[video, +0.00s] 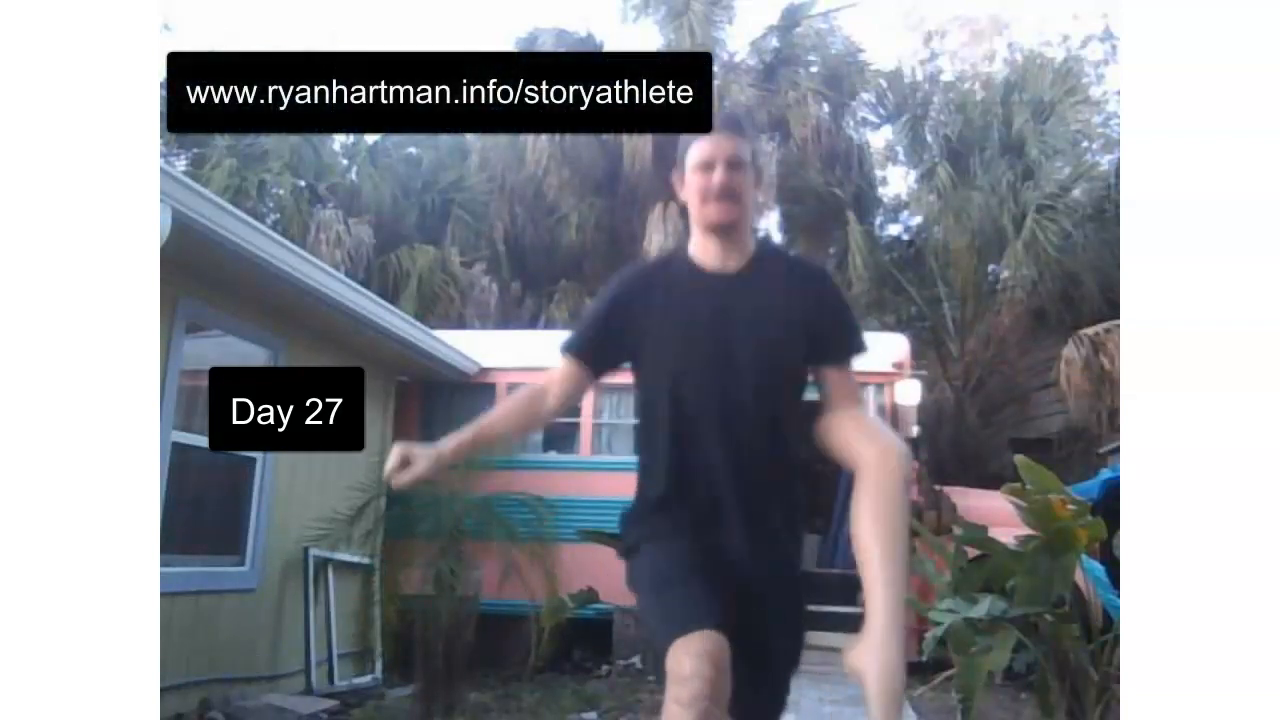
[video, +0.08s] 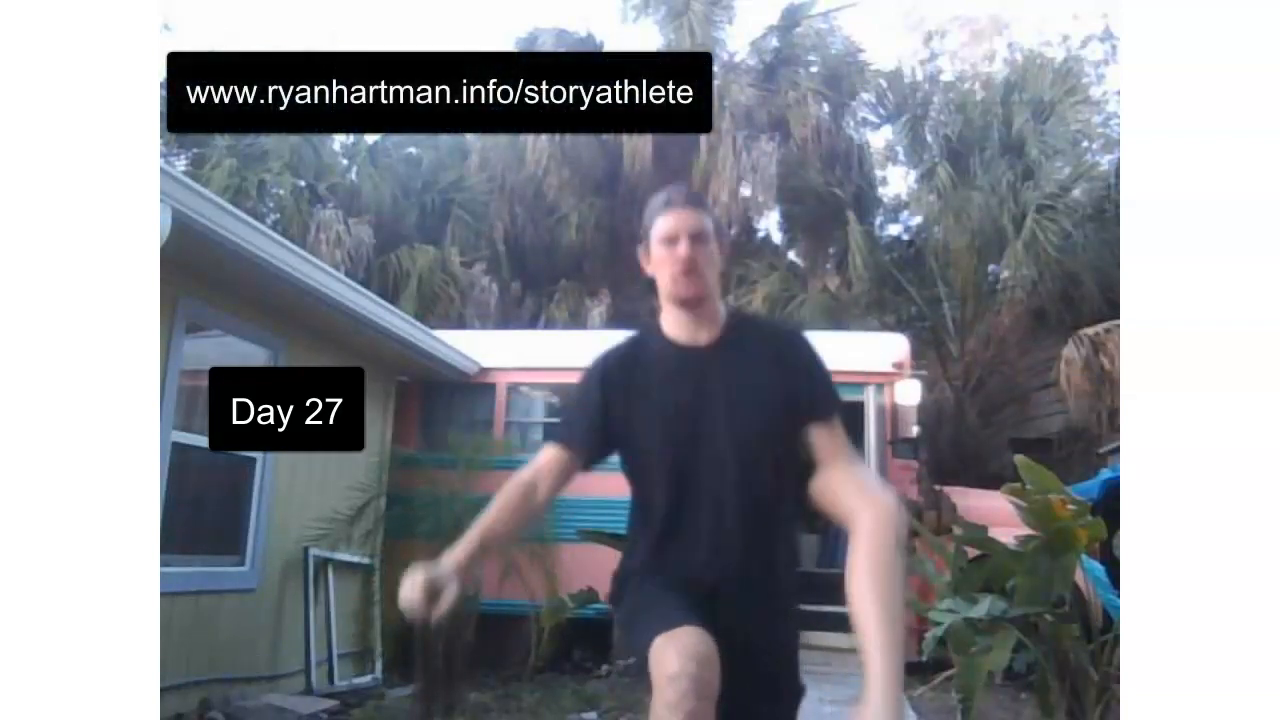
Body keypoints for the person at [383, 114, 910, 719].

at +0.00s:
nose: (721, 178)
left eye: (735, 167)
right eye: (706, 167)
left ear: (758, 185)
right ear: (680, 186)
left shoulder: (805, 287)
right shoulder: (642, 290)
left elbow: (839, 410)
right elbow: (550, 395)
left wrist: (882, 455)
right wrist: (441, 454)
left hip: (769, 534)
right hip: (671, 526)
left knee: (753, 712)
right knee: (700, 674)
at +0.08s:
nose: (687, 255)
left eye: (699, 239)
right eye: (670, 241)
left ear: (722, 252)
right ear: (645, 260)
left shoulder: (783, 353)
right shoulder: (621, 372)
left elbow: (833, 465)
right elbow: (542, 478)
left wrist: (875, 510)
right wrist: (456, 561)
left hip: (762, 595)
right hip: (660, 584)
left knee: (763, 710)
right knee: (688, 667)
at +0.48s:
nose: (755, 140)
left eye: (771, 127)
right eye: (739, 126)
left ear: (792, 148)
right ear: (712, 149)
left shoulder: (837, 253)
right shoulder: (662, 257)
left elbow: (888, 357)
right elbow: (607, 373)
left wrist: (937, 366)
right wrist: (525, 464)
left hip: (804, 538)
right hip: (690, 540)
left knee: (810, 708)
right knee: (687, 710)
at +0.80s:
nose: (750, 240)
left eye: (766, 227)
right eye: (733, 226)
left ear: (788, 248)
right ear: (703, 248)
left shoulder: (833, 362)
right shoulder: (658, 358)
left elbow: (857, 508)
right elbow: (598, 483)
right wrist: (513, 540)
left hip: (788, 622)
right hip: (678, 625)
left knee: (782, 711)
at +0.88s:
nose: (752, 98)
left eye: (769, 87)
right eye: (737, 86)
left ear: (792, 114)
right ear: (712, 110)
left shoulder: (830, 228)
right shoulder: (660, 217)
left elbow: (845, 366)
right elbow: (601, 341)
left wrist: (904, 348)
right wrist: (536, 380)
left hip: (792, 510)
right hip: (676, 508)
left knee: (787, 703)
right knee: (666, 706)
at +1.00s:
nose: (742, 136)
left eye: (759, 122)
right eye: (726, 122)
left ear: (781, 143)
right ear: (701, 144)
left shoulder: (823, 254)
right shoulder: (657, 255)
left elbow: (849, 382)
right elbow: (610, 377)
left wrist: (897, 371)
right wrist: (523, 395)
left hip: (795, 533)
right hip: (682, 534)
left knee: (795, 704)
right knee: (684, 709)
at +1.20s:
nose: (738, 215)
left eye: (753, 201)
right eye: (721, 201)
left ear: (776, 220)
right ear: (693, 223)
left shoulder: (825, 332)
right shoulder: (655, 337)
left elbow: (858, 474)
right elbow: (610, 466)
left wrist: (941, 459)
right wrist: (529, 491)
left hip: (794, 608)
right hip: (683, 616)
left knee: (788, 708)